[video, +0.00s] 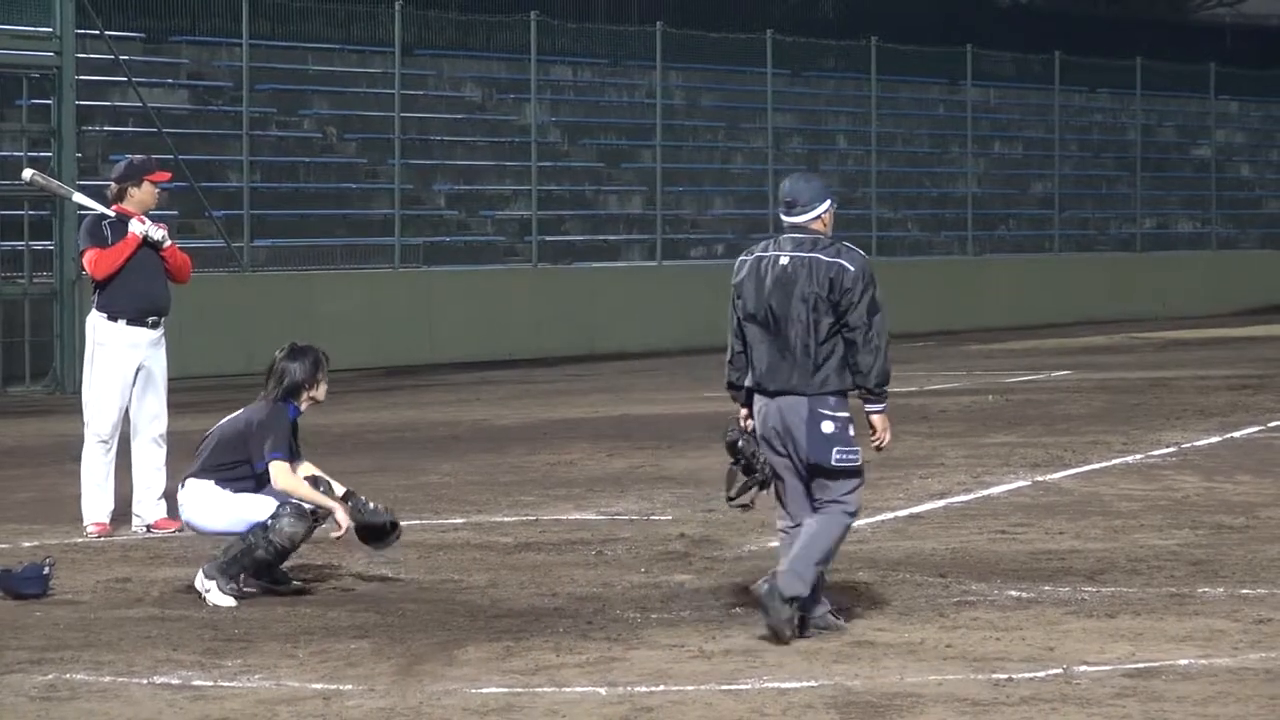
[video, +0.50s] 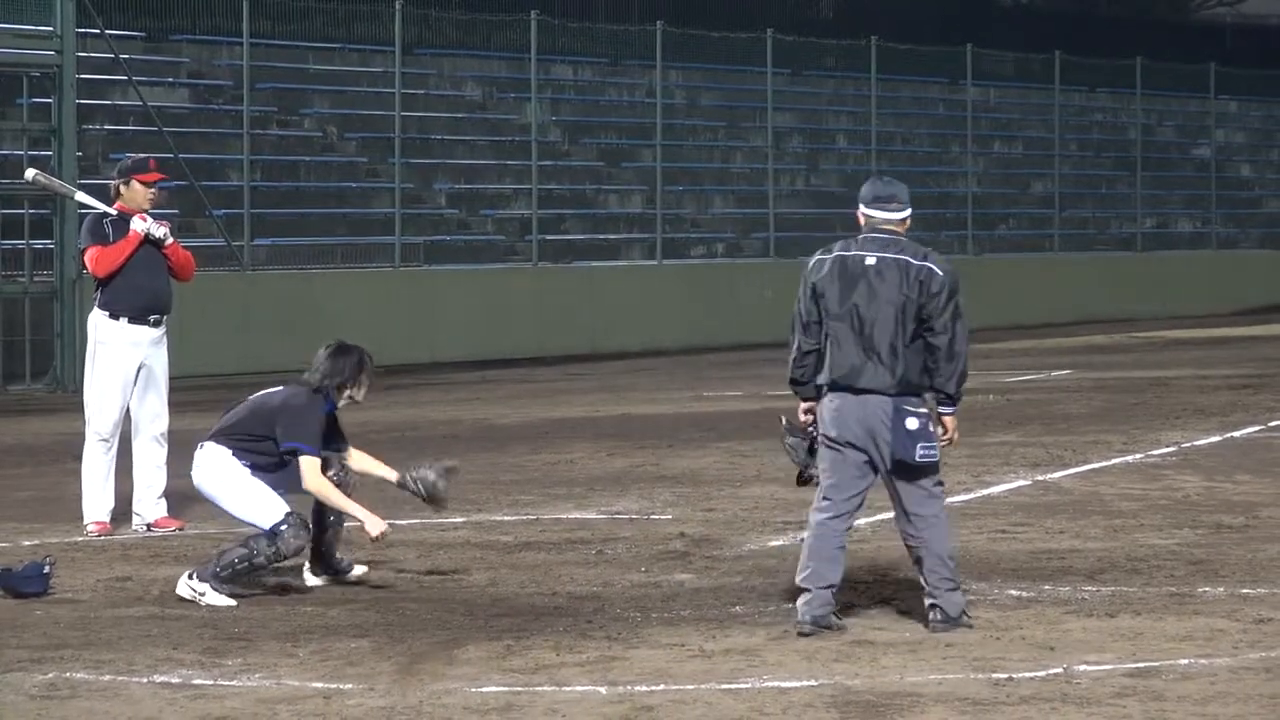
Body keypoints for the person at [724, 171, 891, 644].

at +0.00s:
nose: (832, 218)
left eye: (828, 211)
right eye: (830, 213)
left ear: (785, 214)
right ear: (822, 217)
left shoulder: (749, 263)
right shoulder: (845, 262)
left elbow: (739, 340)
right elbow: (866, 339)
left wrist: (743, 399)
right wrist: (876, 404)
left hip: (766, 403)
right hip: (821, 403)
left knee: (795, 512)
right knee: (839, 499)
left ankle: (813, 609)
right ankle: (782, 587)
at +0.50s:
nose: (898, 224)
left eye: (865, 214)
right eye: (901, 218)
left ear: (859, 217)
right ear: (906, 221)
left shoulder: (824, 262)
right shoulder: (932, 268)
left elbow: (807, 336)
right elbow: (946, 344)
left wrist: (806, 393)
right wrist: (947, 404)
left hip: (843, 405)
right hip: (907, 407)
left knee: (832, 506)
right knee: (925, 505)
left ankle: (814, 606)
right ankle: (945, 605)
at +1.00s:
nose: (922, 216)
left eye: (921, 210)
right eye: (954, 214)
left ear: (920, 212)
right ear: (965, 217)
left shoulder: (879, 254)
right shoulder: (988, 265)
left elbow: (858, 324)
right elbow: (1007, 336)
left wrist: (854, 382)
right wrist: (1012, 398)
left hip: (889, 393)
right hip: (950, 397)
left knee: (890, 494)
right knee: (950, 502)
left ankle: (885, 596)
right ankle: (949, 604)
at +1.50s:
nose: (894, 219)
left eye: (892, 213)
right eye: (921, 216)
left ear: (890, 215)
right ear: (934, 220)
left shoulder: (856, 264)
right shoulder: (961, 264)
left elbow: (844, 334)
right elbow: (978, 335)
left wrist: (844, 392)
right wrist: (980, 395)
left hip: (880, 398)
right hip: (938, 398)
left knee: (887, 496)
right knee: (951, 487)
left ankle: (889, 593)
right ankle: (949, 579)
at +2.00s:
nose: (917, 218)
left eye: (912, 213)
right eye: (915, 214)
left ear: (870, 217)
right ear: (910, 217)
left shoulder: (840, 265)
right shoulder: (944, 261)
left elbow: (822, 332)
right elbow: (962, 326)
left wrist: (820, 389)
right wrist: (963, 384)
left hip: (870, 392)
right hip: (926, 391)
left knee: (882, 489)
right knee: (922, 484)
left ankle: (892, 589)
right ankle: (915, 571)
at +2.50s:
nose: (853, 219)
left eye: (853, 214)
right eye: (857, 213)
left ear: (858, 215)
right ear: (897, 213)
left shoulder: (834, 254)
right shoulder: (930, 255)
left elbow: (818, 325)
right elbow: (944, 319)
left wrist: (814, 380)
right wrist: (928, 367)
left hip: (855, 382)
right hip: (910, 382)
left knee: (849, 477)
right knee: (907, 477)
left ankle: (853, 571)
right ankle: (907, 571)